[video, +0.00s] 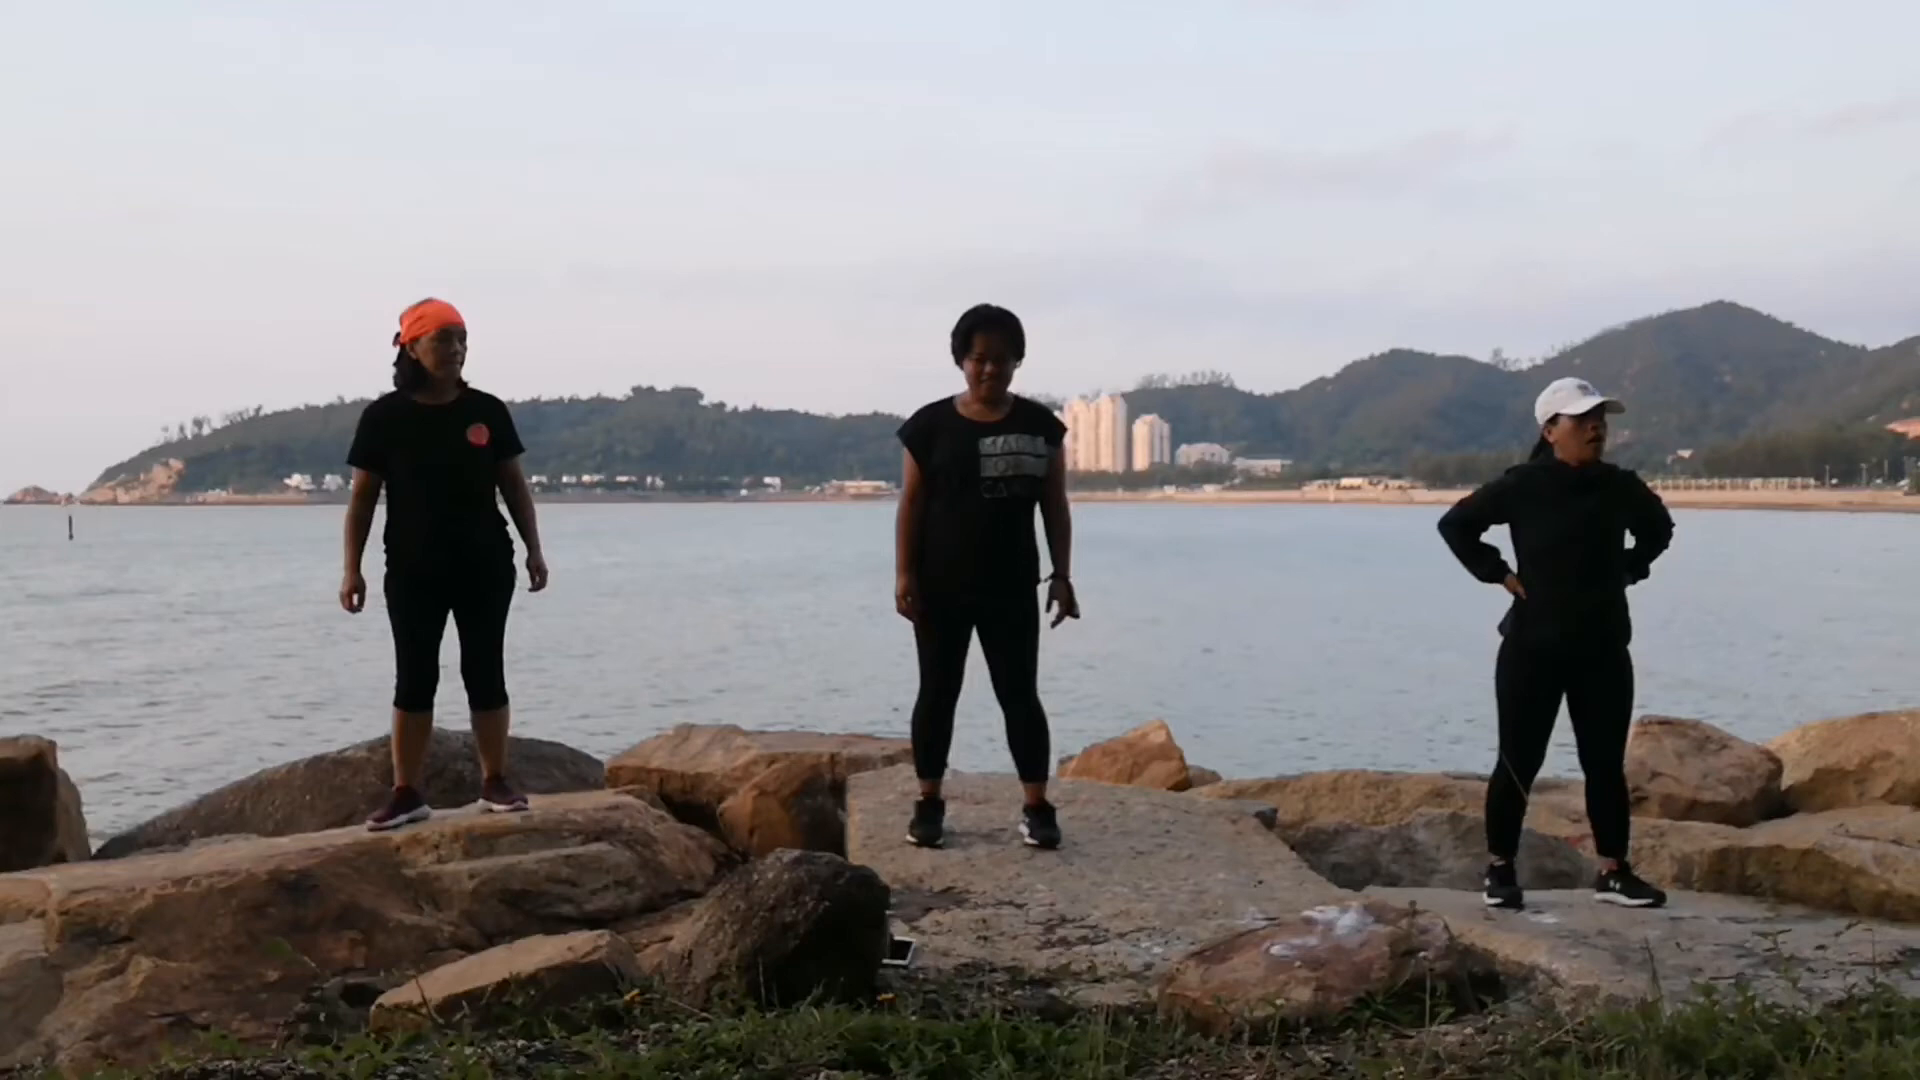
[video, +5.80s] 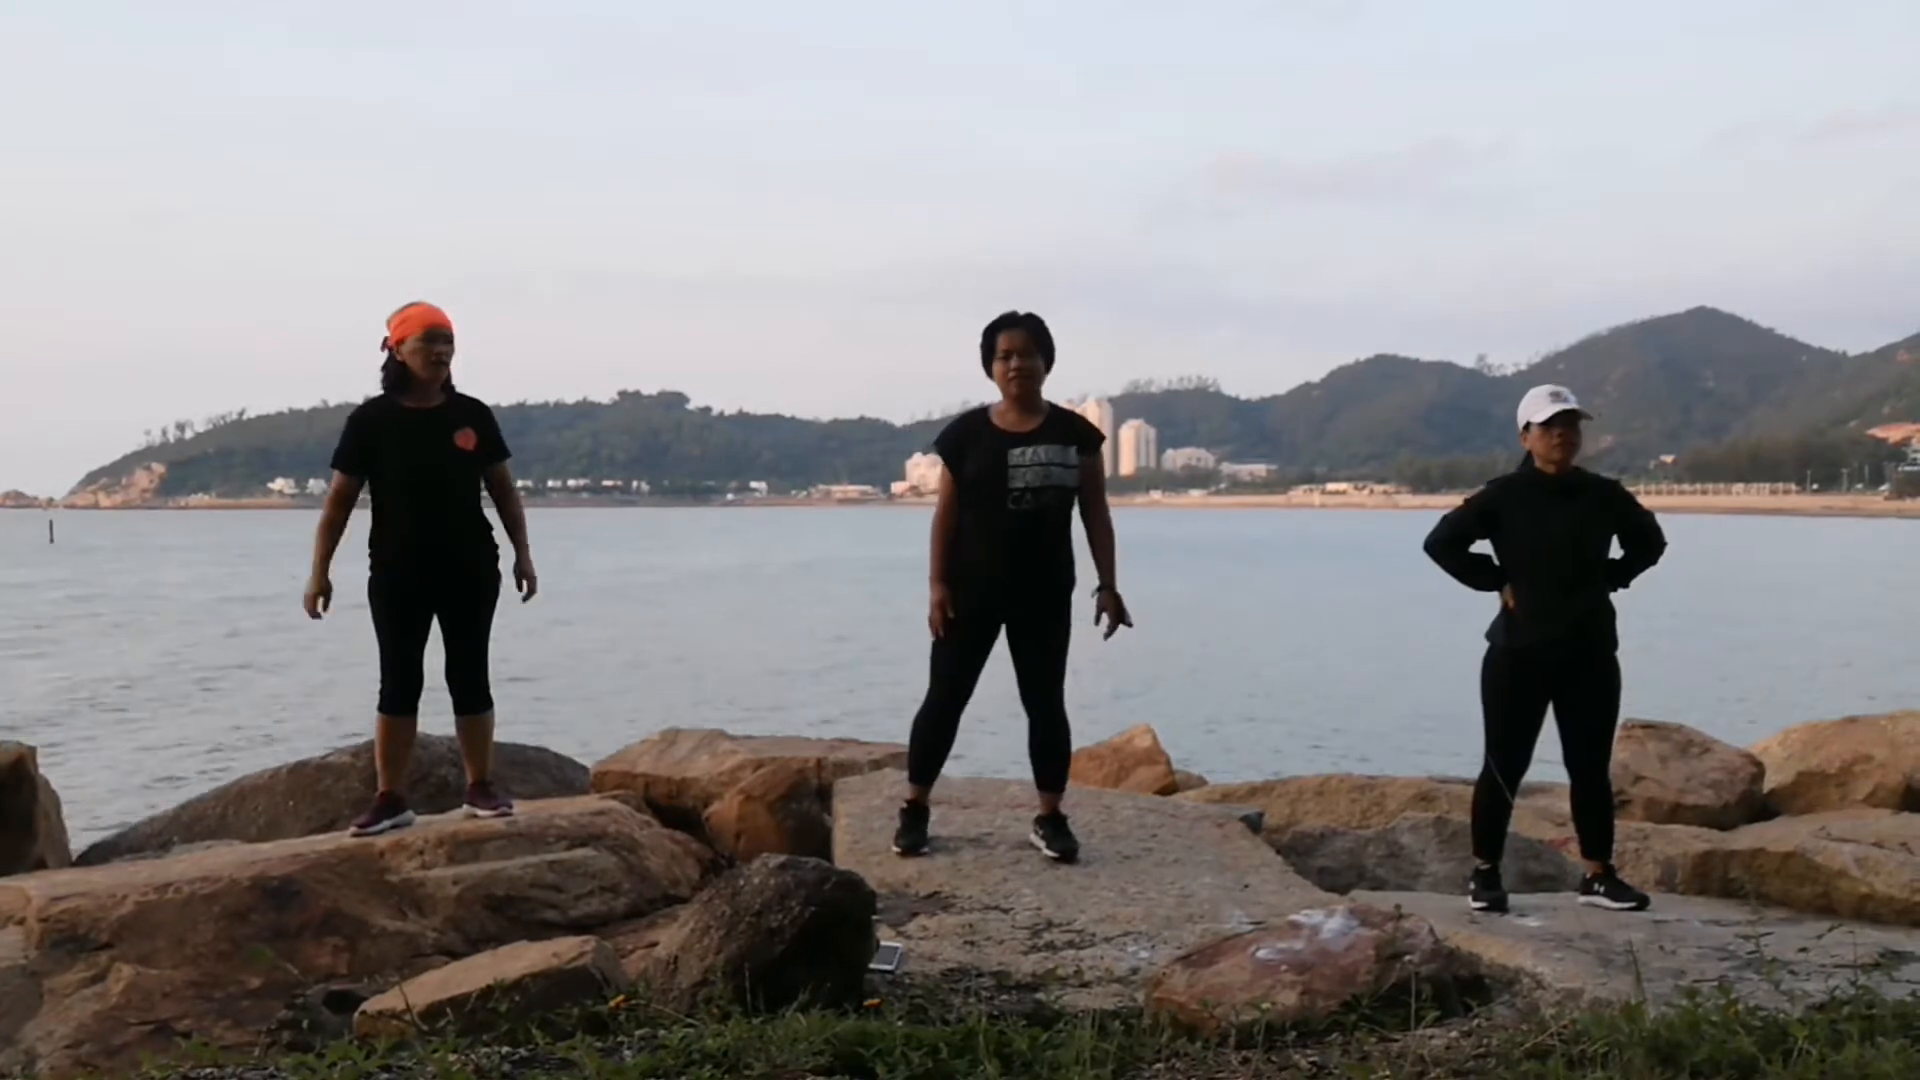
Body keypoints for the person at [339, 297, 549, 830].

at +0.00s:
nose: (454, 347)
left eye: (459, 338)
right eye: (442, 338)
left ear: (466, 345)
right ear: (412, 348)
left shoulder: (488, 411)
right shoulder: (383, 416)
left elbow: (514, 485)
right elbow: (363, 497)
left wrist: (533, 549)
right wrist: (351, 569)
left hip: (484, 567)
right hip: (413, 571)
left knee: (486, 675)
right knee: (414, 682)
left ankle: (495, 782)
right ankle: (405, 791)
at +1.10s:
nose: (443, 349)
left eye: (451, 339)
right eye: (430, 340)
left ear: (461, 346)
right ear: (406, 349)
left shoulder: (486, 412)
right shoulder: (381, 419)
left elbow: (515, 482)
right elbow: (364, 497)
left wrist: (500, 519)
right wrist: (401, 537)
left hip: (482, 562)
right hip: (414, 566)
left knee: (485, 675)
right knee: (413, 681)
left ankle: (493, 783)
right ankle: (405, 792)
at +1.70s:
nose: (442, 349)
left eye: (451, 339)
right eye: (430, 340)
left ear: (464, 347)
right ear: (409, 349)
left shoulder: (488, 414)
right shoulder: (384, 418)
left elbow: (516, 489)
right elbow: (369, 503)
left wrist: (535, 554)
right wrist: (358, 575)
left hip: (481, 569)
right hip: (411, 572)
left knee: (483, 678)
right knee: (406, 686)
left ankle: (493, 783)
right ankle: (402, 794)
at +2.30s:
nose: (447, 349)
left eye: (455, 339)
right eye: (435, 339)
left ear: (467, 347)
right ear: (413, 348)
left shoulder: (490, 414)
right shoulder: (384, 416)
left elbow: (509, 484)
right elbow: (373, 493)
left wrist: (482, 529)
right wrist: (410, 539)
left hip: (480, 562)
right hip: (409, 564)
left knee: (481, 674)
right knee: (408, 680)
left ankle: (491, 783)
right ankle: (401, 793)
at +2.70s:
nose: (445, 348)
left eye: (454, 339)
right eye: (433, 340)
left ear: (466, 348)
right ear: (412, 350)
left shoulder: (489, 416)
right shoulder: (384, 417)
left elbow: (510, 493)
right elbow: (365, 499)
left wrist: (521, 560)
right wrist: (354, 571)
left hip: (477, 569)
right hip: (407, 571)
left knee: (480, 677)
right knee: (404, 684)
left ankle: (490, 783)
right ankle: (399, 794)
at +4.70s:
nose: (431, 354)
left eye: (440, 343)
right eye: (419, 344)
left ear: (451, 350)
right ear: (397, 351)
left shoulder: (475, 416)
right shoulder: (368, 419)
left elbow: (499, 493)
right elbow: (355, 501)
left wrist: (492, 550)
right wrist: (368, 569)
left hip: (464, 570)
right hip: (397, 574)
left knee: (471, 679)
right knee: (399, 686)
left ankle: (483, 787)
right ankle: (393, 796)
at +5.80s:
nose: (442, 351)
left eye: (447, 341)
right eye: (429, 342)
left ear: (453, 348)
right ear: (398, 350)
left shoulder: (473, 416)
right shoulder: (370, 421)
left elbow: (502, 489)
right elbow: (339, 500)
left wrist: (522, 551)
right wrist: (318, 571)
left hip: (468, 572)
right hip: (398, 575)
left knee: (470, 680)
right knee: (398, 687)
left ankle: (479, 788)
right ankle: (390, 798)